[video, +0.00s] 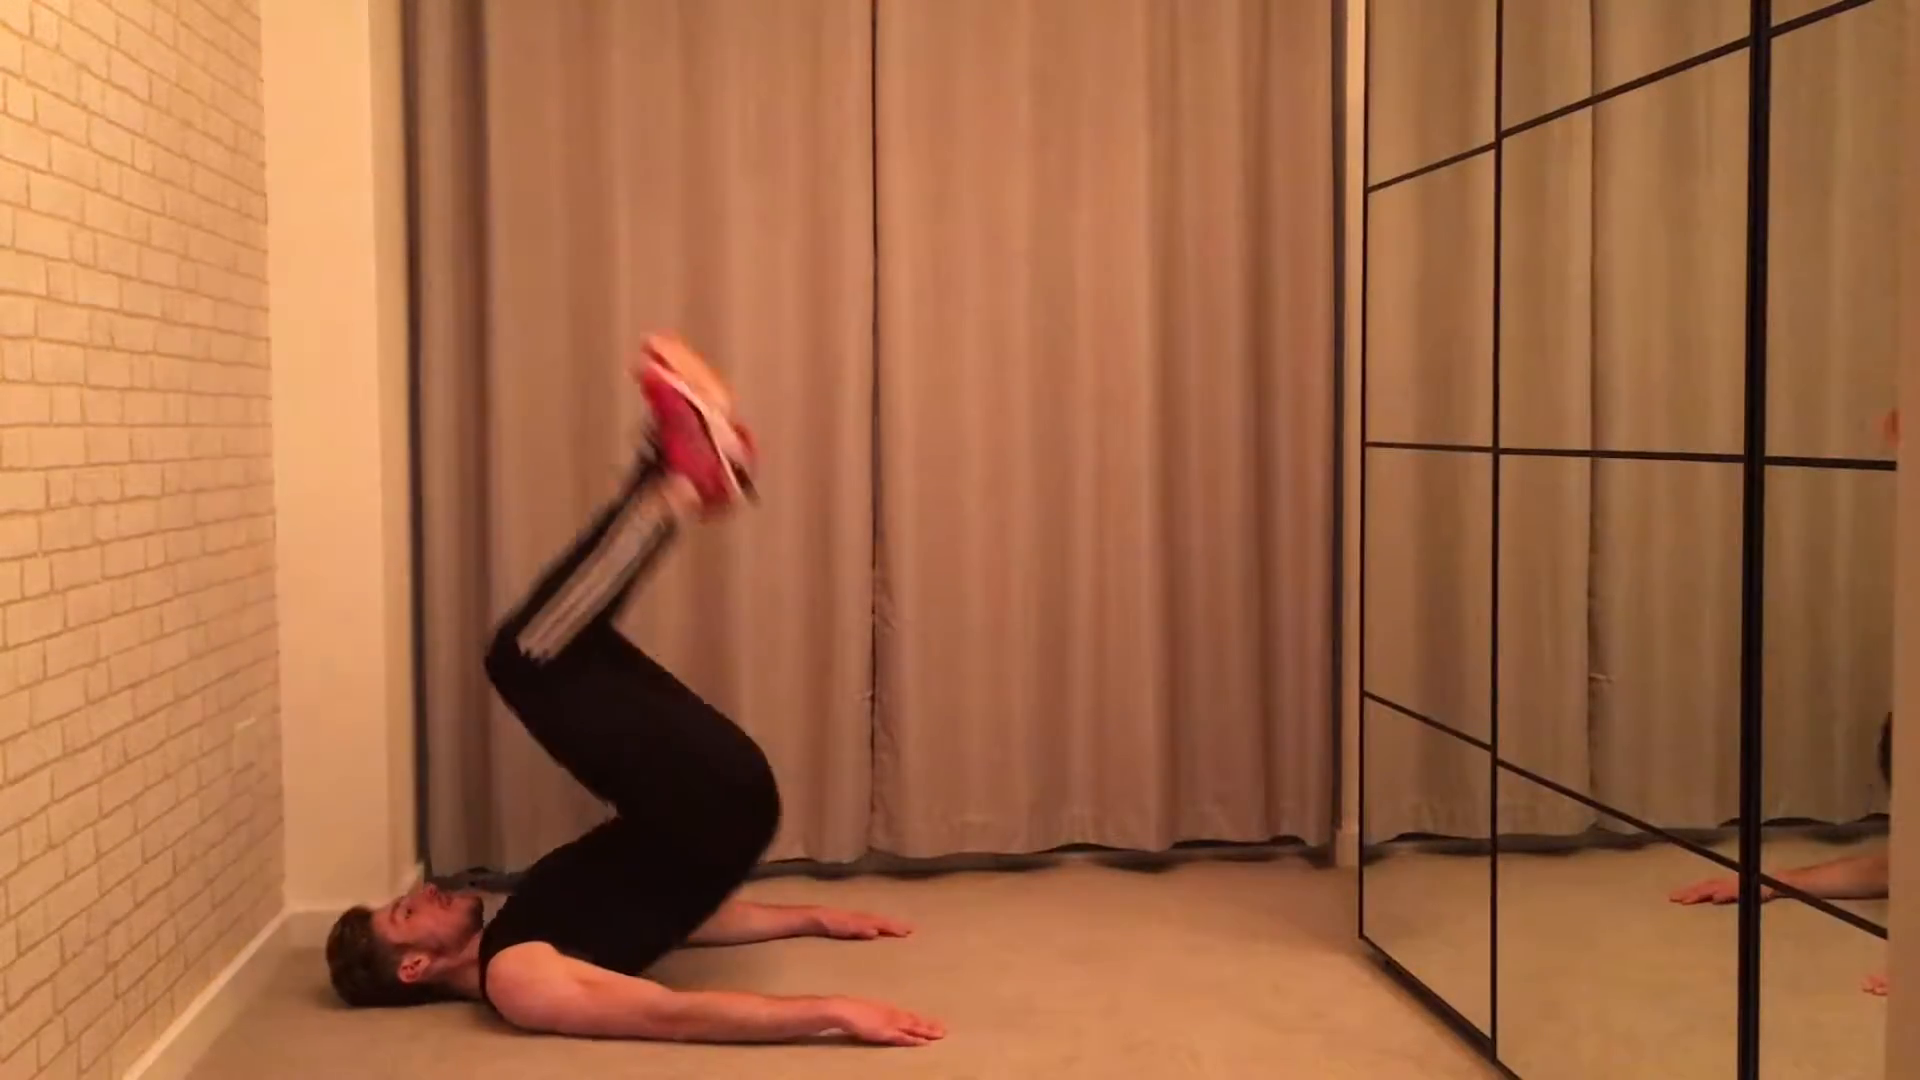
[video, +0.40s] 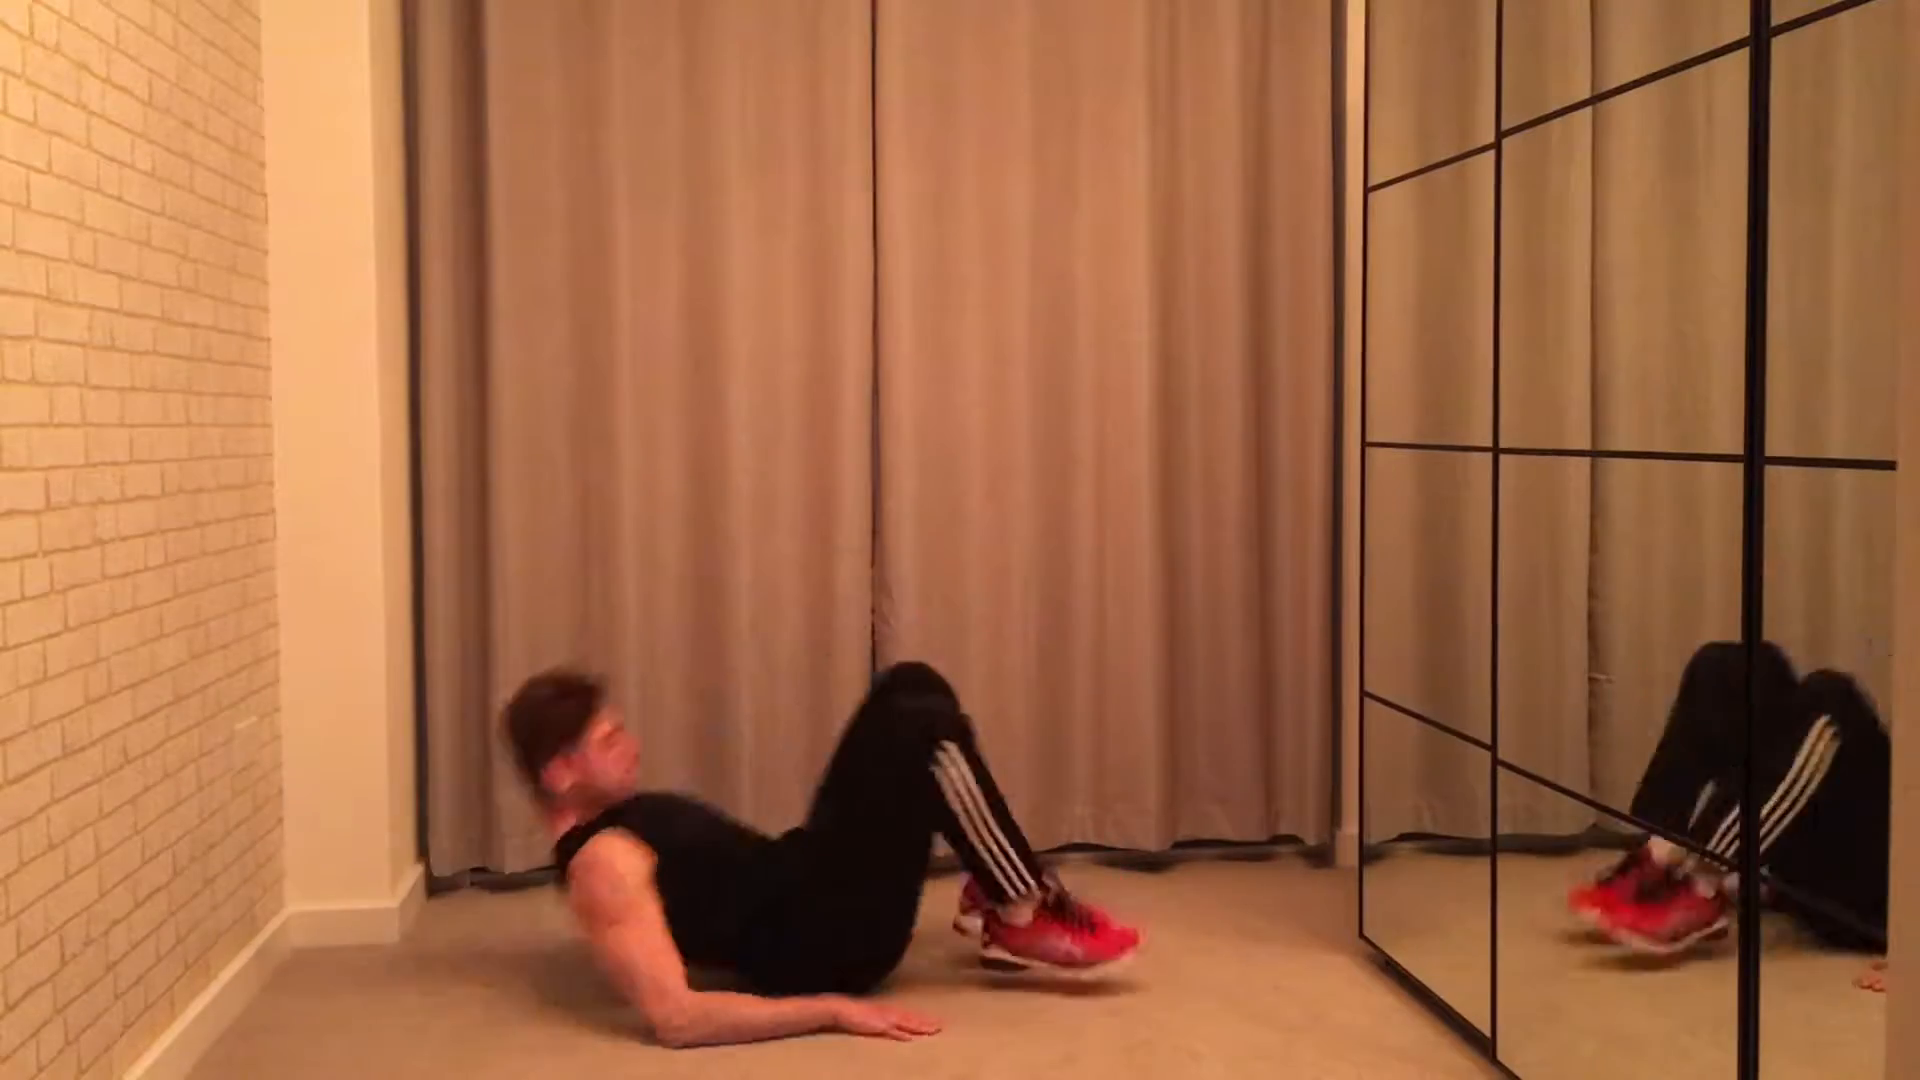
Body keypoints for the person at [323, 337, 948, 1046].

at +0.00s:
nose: (426, 888)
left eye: (407, 894)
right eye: (408, 910)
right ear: (422, 967)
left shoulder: (529, 934)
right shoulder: (520, 978)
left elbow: (684, 917)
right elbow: (674, 1017)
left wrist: (817, 919)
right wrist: (834, 1014)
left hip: (712, 799)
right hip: (715, 806)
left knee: (553, 646)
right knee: (521, 659)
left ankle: (682, 472)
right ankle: (676, 483)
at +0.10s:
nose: (425, 881)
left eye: (406, 887)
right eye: (408, 903)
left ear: (431, 951)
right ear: (421, 960)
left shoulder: (526, 933)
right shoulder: (523, 975)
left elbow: (671, 916)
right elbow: (674, 1016)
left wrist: (804, 920)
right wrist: (833, 1016)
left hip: (748, 853)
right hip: (746, 873)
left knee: (586, 696)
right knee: (567, 729)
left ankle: (753, 569)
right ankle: (766, 610)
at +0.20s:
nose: (446, 849)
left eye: (427, 848)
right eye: (427, 865)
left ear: (443, 910)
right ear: (437, 923)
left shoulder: (531, 901)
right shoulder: (529, 952)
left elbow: (686, 905)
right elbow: (677, 1015)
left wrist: (826, 923)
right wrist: (838, 1012)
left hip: (772, 909)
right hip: (771, 938)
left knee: (682, 689)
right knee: (678, 724)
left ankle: (885, 692)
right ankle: (893, 721)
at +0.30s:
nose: (537, 803)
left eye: (523, 793)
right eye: (513, 805)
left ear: (507, 833)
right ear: (483, 855)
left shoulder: (569, 878)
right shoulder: (551, 916)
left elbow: (704, 910)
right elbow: (675, 1022)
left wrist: (841, 922)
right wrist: (833, 1003)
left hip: (789, 916)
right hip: (790, 949)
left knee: (820, 670)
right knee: (817, 697)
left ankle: (988, 827)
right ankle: (986, 842)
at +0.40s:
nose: (628, 747)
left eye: (620, 731)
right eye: (609, 740)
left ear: (567, 770)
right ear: (562, 773)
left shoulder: (612, 825)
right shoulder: (604, 862)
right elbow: (674, 1018)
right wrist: (835, 1010)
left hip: (812, 910)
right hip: (820, 953)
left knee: (913, 687)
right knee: (919, 725)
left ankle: (997, 889)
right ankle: (1030, 916)